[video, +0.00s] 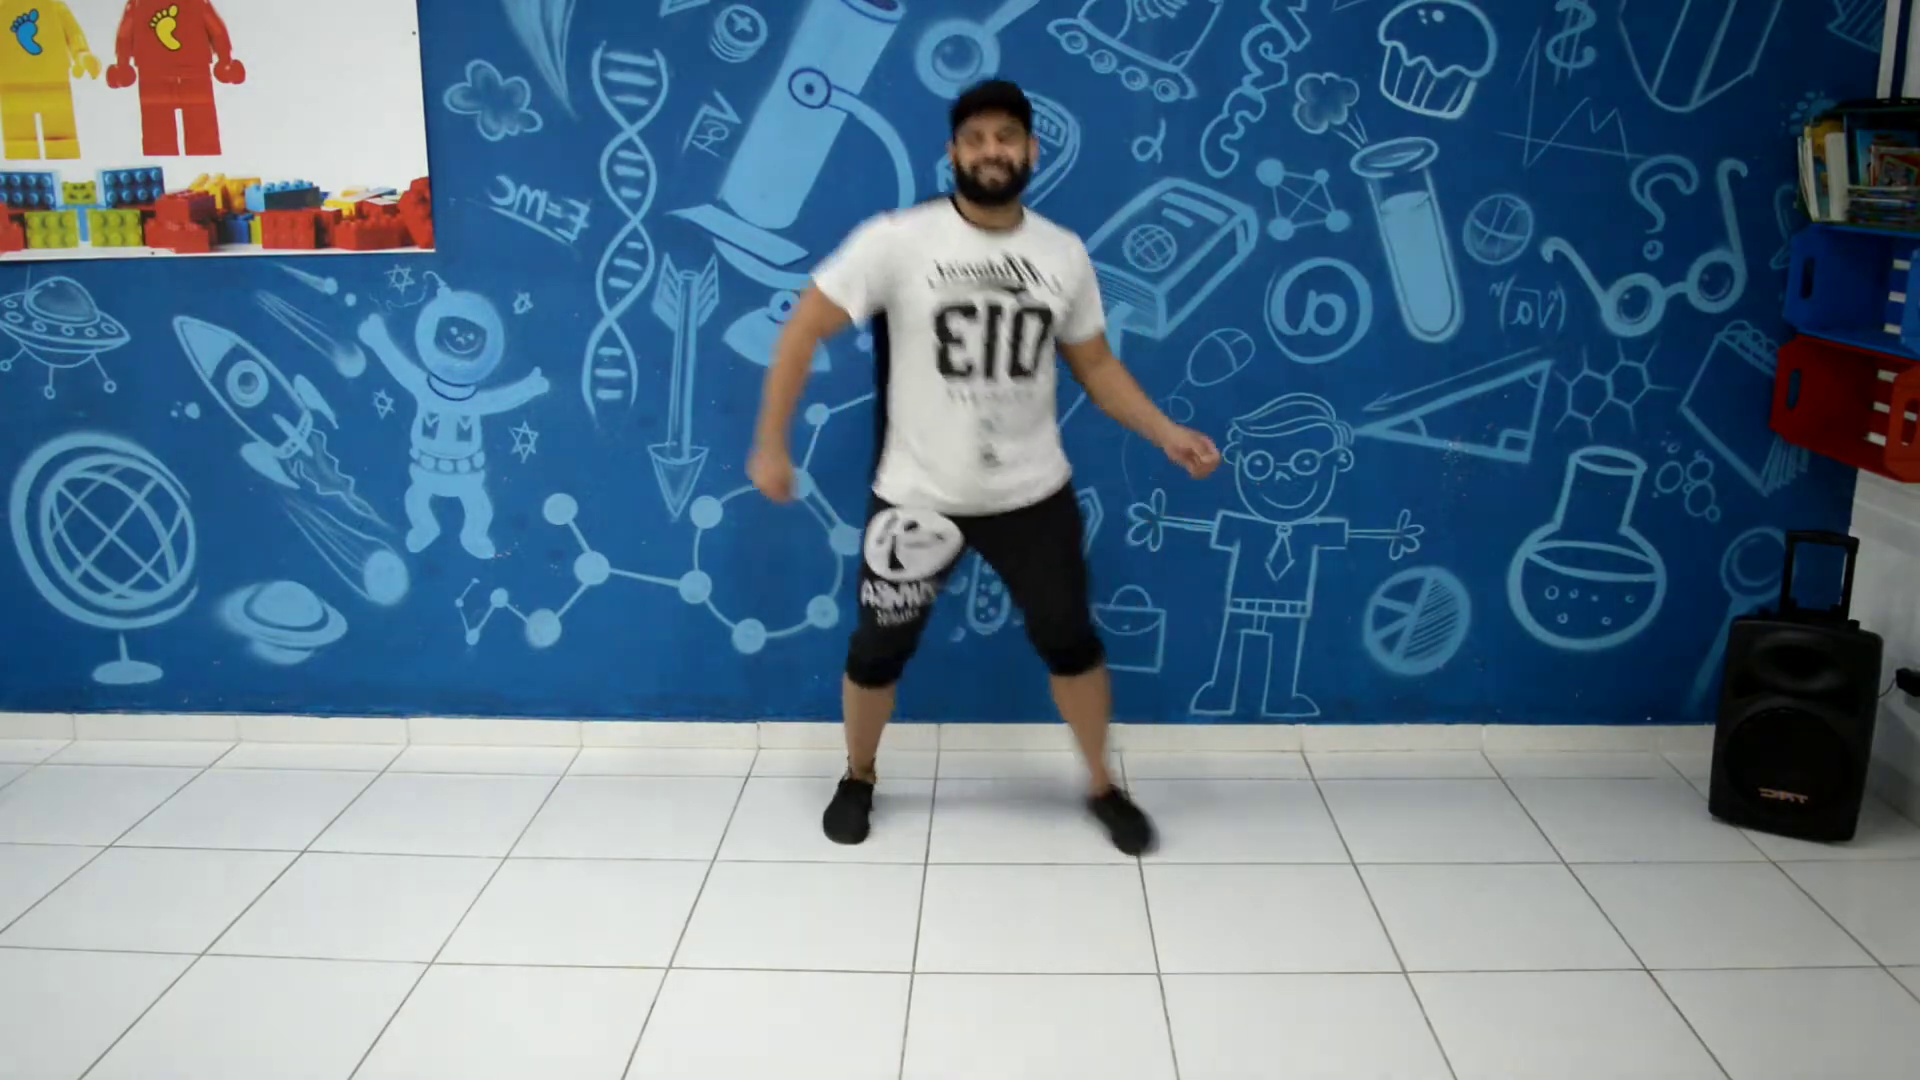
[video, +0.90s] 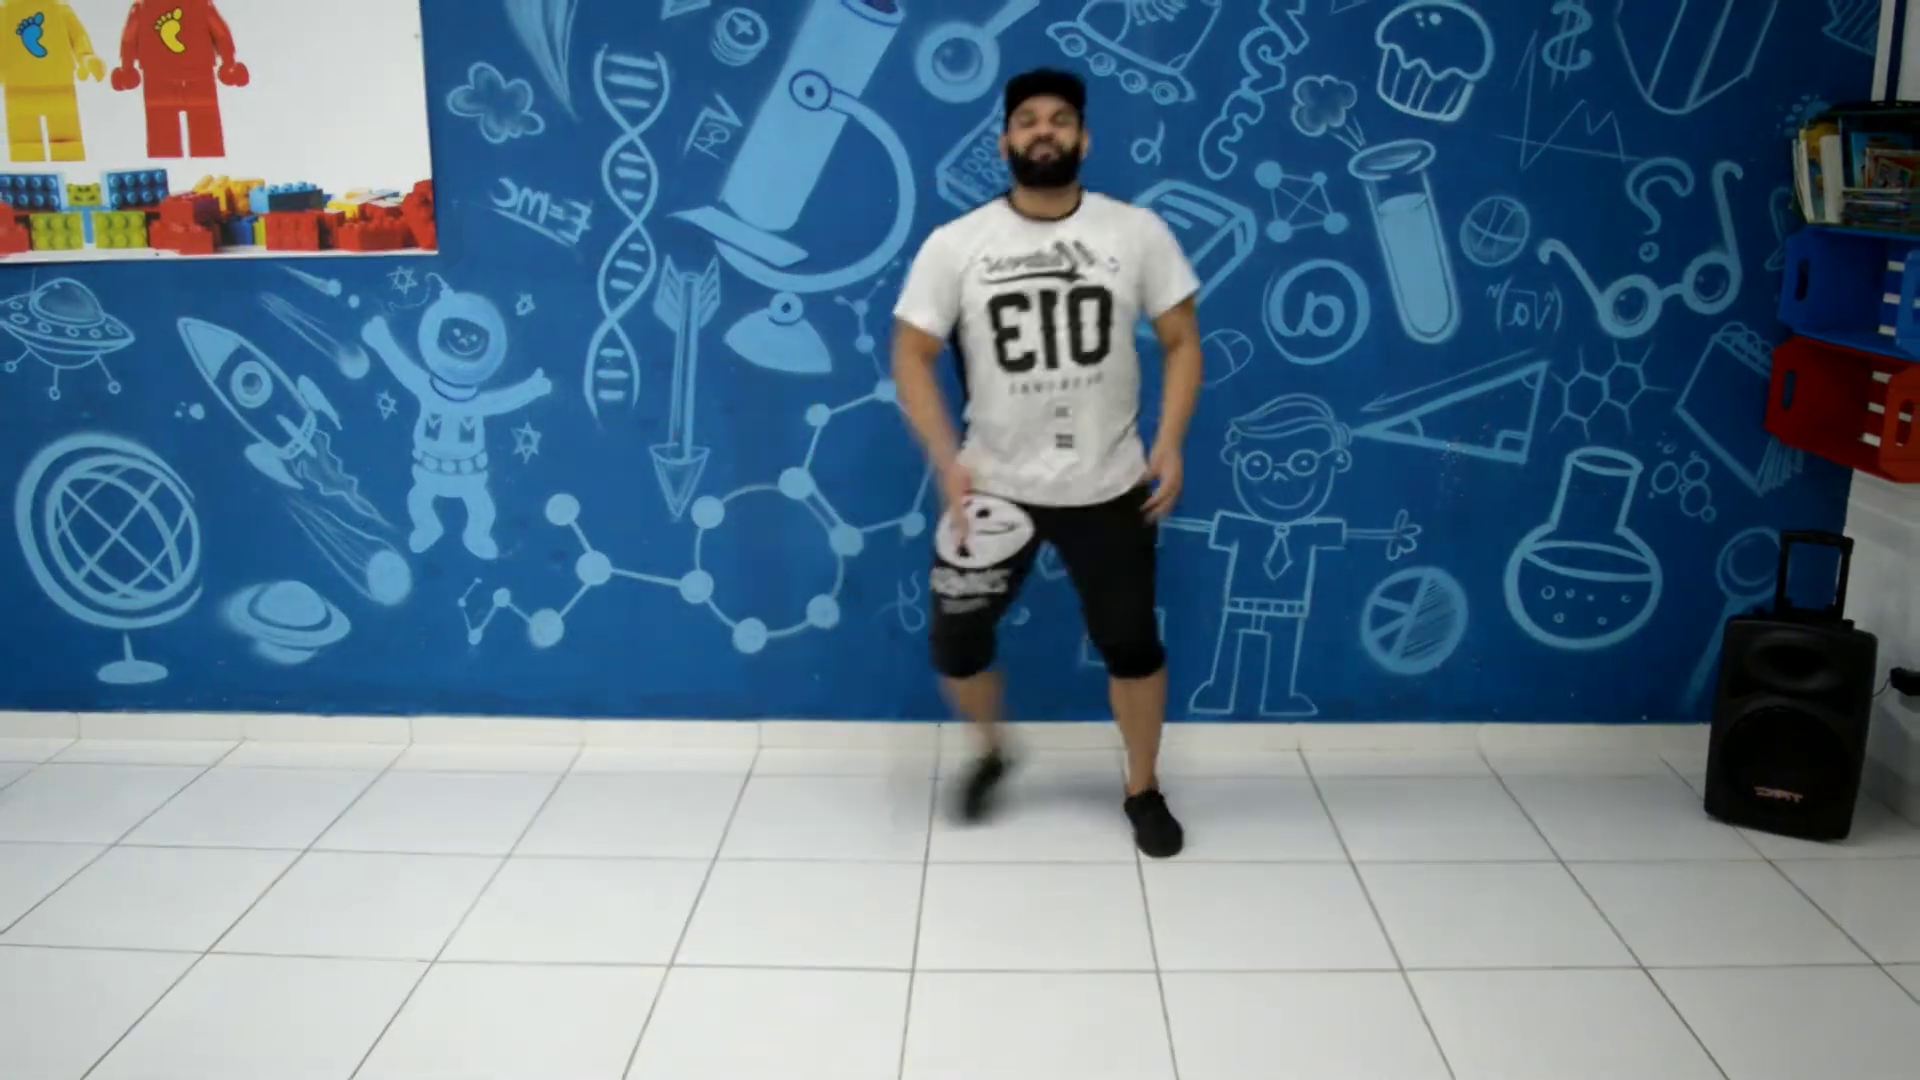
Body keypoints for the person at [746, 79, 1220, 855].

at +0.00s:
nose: (993, 151)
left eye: (1009, 137)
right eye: (976, 138)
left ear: (1031, 153)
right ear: (953, 151)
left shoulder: (1062, 256)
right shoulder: (893, 243)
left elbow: (1096, 363)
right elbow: (803, 328)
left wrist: (1167, 432)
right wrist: (770, 443)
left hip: (1031, 491)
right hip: (918, 491)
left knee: (1072, 641)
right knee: (879, 647)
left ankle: (1104, 787)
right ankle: (858, 777)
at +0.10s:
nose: (975, 134)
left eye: (991, 121)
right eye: (959, 121)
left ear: (1012, 137)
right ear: (933, 135)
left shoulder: (1051, 236)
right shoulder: (874, 222)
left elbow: (1103, 337)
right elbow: (771, 304)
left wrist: (1155, 421)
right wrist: (706, 408)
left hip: (1009, 478)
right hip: (897, 476)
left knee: (1033, 644)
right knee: (869, 640)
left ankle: (1009, 744)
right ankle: (861, 773)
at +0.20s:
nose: (955, 156)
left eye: (972, 144)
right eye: (941, 141)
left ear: (994, 160)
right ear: (916, 152)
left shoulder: (1039, 252)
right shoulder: (861, 248)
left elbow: (1118, 339)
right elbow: (753, 315)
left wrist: (1146, 444)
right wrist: (655, 392)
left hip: (987, 499)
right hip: (881, 490)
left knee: (984, 664)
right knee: (855, 653)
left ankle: (919, 728)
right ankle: (860, 777)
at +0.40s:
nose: (947, 145)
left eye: (963, 133)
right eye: (933, 133)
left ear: (986, 149)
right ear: (910, 149)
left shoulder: (1037, 252)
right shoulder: (861, 252)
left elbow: (1077, 364)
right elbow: (817, 352)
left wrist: (1088, 484)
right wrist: (765, 424)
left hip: (990, 492)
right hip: (883, 482)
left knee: (988, 662)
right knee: (864, 645)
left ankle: (928, 731)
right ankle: (861, 777)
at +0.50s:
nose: (966, 131)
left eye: (983, 121)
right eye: (951, 120)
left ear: (1005, 142)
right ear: (928, 138)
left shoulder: (1051, 244)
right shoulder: (872, 238)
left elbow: (1080, 364)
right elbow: (848, 357)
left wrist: (1061, 476)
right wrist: (864, 471)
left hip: (1013, 485)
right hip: (902, 483)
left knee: (1045, 641)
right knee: (870, 640)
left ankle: (1031, 756)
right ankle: (865, 775)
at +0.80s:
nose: (1025, 159)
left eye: (1042, 148)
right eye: (1010, 147)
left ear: (1065, 165)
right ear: (987, 163)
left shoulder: (1115, 262)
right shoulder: (936, 275)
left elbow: (1170, 372)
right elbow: (875, 379)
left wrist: (1148, 488)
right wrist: (898, 501)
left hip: (1089, 504)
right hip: (972, 506)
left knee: (1134, 660)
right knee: (917, 650)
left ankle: (1144, 792)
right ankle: (891, 779)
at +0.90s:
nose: (1044, 133)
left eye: (1060, 123)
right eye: (1029, 123)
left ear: (1083, 140)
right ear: (1006, 142)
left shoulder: (1137, 234)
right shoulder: (954, 247)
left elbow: (1182, 345)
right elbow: (909, 358)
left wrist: (1169, 448)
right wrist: (947, 461)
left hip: (1109, 485)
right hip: (995, 485)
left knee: (1133, 647)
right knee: (956, 646)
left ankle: (1144, 788)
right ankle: (991, 750)